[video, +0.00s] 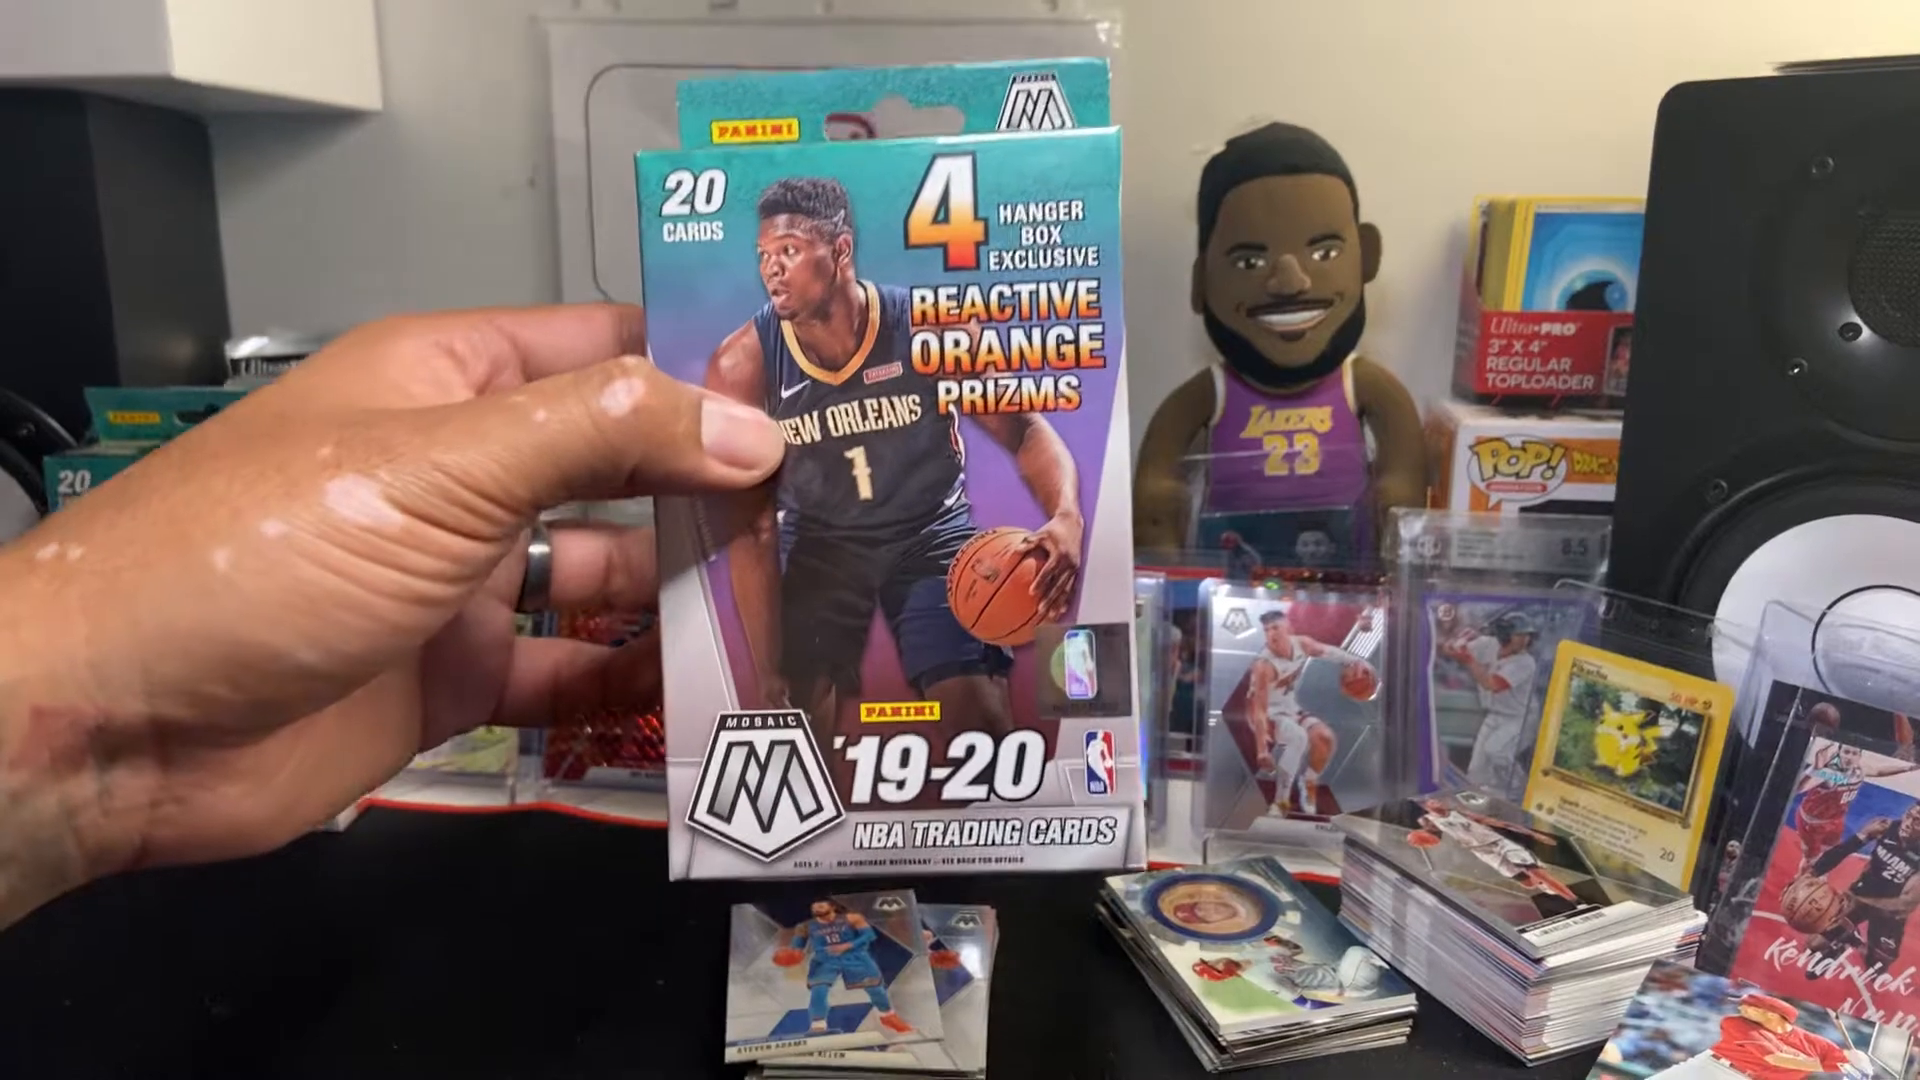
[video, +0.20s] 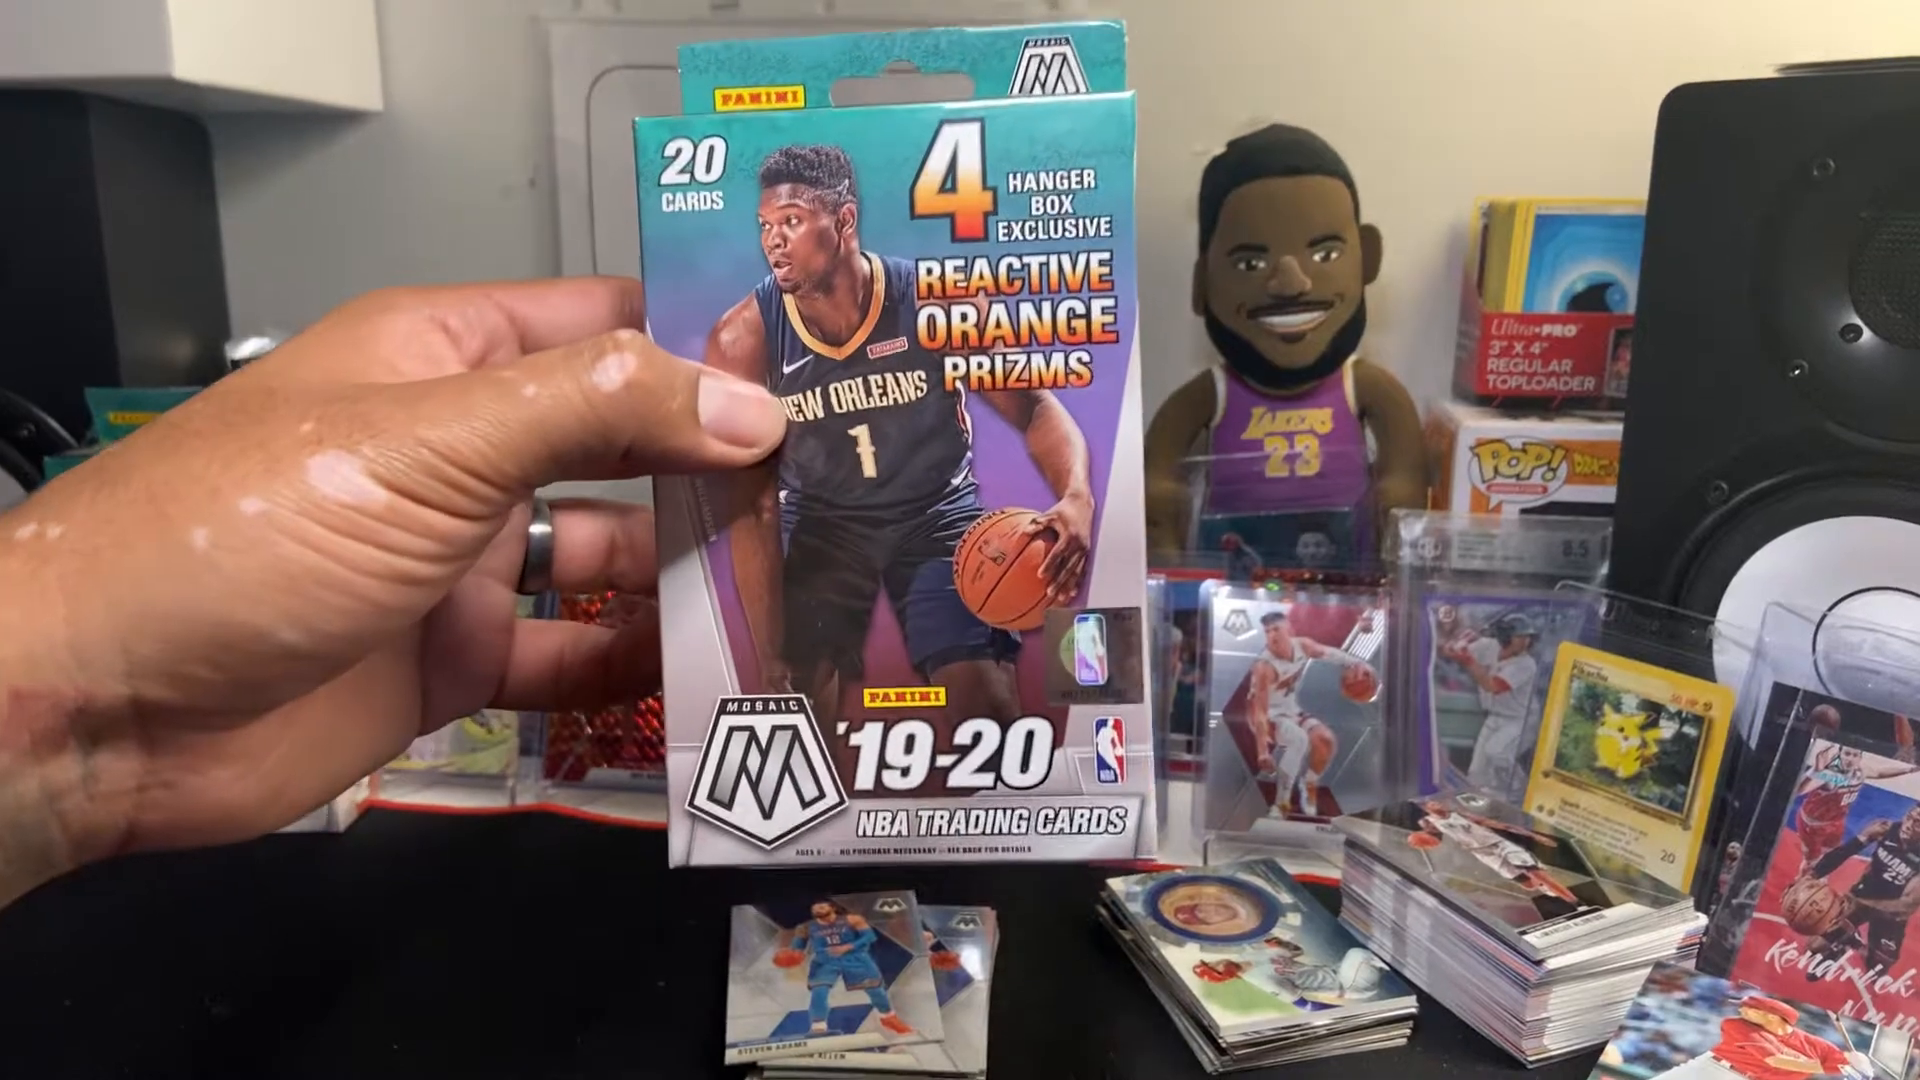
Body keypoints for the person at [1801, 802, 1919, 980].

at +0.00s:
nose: (1909, 823)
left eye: (1916, 822)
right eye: (1909, 816)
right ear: (1904, 814)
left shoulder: (1917, 860)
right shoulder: (1883, 827)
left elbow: (1906, 904)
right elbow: (1843, 850)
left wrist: (1858, 902)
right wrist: (1812, 873)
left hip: (1891, 913)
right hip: (1860, 897)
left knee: (1876, 969)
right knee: (1814, 945)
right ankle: (1842, 943)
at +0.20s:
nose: (1909, 826)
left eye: (1917, 824)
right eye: (1909, 818)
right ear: (1904, 816)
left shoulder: (1917, 861)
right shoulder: (1883, 829)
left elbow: (1906, 906)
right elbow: (1844, 852)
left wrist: (1858, 904)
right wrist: (1814, 874)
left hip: (1892, 913)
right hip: (1861, 897)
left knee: (1877, 969)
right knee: (1814, 945)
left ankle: (1854, 942)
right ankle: (1838, 948)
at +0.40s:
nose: (1910, 822)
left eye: (1917, 821)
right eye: (1910, 815)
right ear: (1905, 812)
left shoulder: (1917, 858)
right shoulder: (1884, 826)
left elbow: (1907, 903)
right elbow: (1843, 849)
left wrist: (1859, 901)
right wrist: (1812, 873)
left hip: (1892, 910)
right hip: (1862, 895)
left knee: (1877, 967)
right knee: (1815, 944)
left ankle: (1853, 939)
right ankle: (1838, 947)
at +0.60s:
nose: (1910, 822)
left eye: (1917, 821)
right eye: (1910, 815)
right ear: (1905, 813)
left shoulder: (1917, 858)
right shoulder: (1885, 826)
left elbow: (1907, 904)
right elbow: (1844, 849)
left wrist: (1860, 901)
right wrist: (1814, 872)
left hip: (1892, 911)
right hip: (1862, 895)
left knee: (1878, 966)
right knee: (1815, 943)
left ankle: (1854, 939)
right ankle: (1838, 947)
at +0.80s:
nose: (1910, 825)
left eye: (1917, 823)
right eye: (1910, 817)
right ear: (1906, 815)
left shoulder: (1917, 859)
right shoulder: (1885, 829)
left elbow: (1908, 906)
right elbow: (1844, 851)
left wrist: (1860, 904)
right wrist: (1814, 874)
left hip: (1892, 913)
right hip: (1862, 897)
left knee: (1878, 969)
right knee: (1816, 946)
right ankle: (1841, 946)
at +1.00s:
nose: (1911, 825)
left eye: (1918, 824)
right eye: (1911, 818)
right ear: (1906, 815)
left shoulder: (1917, 859)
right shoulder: (1885, 829)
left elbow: (1909, 905)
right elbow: (1845, 852)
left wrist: (1860, 904)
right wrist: (1812, 876)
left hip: (1893, 914)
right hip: (1862, 899)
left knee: (1878, 970)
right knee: (1816, 947)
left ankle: (1855, 943)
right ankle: (1842, 947)